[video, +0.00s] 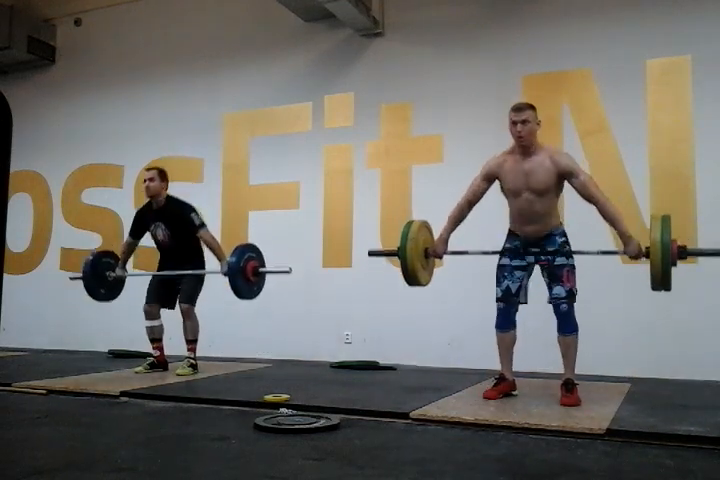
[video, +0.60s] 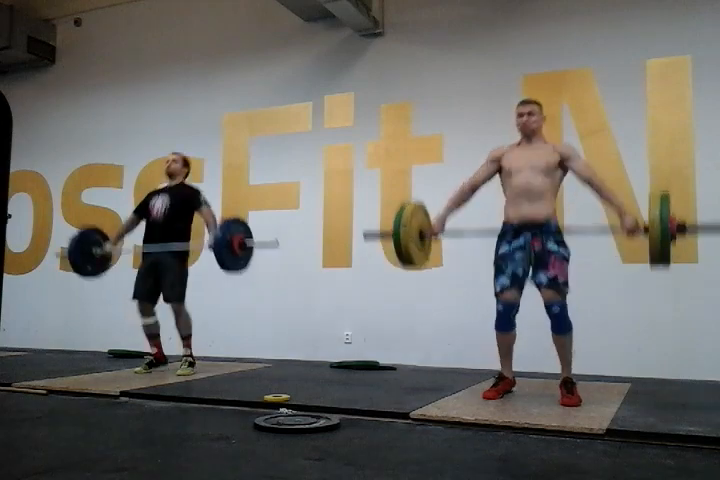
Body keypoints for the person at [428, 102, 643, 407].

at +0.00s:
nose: (519, 129)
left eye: (525, 123)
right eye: (514, 124)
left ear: (537, 125)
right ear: (509, 128)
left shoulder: (557, 161)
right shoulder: (498, 165)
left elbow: (597, 198)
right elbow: (468, 202)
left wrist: (627, 238)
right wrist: (444, 236)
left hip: (553, 241)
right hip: (516, 243)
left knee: (564, 307)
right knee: (504, 306)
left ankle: (569, 381)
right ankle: (506, 378)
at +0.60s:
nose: (525, 119)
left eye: (530, 114)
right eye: (520, 115)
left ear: (542, 118)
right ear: (515, 121)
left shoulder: (560, 152)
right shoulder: (502, 155)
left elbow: (596, 184)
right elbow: (470, 186)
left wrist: (624, 214)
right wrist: (442, 216)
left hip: (547, 236)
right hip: (512, 237)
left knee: (556, 309)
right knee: (505, 308)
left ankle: (567, 380)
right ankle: (506, 377)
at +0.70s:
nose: (531, 116)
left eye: (537, 112)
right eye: (527, 113)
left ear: (548, 119)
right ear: (521, 120)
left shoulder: (561, 145)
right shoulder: (508, 147)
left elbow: (599, 157)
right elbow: (470, 165)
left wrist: (623, 173)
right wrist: (440, 183)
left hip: (547, 221)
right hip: (512, 221)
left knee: (562, 295)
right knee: (499, 294)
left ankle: (573, 375)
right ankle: (499, 368)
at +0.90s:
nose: (531, 151)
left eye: (537, 146)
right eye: (527, 146)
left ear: (548, 151)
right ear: (521, 150)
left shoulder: (564, 180)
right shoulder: (506, 182)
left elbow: (612, 177)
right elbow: (462, 182)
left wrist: (628, 140)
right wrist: (435, 153)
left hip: (554, 272)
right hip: (516, 273)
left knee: (583, 318)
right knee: (469, 314)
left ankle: (579, 387)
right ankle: (488, 381)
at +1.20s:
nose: (517, 203)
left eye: (523, 198)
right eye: (512, 199)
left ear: (535, 199)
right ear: (506, 201)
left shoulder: (555, 223)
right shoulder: (496, 225)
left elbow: (599, 195)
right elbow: (461, 203)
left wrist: (634, 161)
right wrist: (434, 176)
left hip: (555, 304)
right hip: (517, 305)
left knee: (587, 325)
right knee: (471, 320)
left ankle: (578, 388)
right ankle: (490, 382)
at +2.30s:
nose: (518, 167)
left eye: (523, 161)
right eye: (513, 162)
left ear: (536, 160)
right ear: (507, 164)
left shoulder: (557, 183)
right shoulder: (500, 188)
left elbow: (604, 154)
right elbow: (464, 166)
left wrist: (635, 118)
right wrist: (440, 141)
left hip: (556, 270)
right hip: (520, 271)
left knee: (582, 323)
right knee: (473, 315)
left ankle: (578, 388)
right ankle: (489, 382)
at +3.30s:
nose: (532, 122)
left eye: (538, 118)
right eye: (528, 118)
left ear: (549, 123)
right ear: (523, 124)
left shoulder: (564, 153)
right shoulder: (509, 160)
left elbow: (616, 152)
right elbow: (465, 167)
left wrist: (630, 114)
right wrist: (443, 139)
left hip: (548, 235)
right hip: (512, 236)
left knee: (560, 310)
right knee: (508, 311)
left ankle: (572, 382)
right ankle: (511, 380)